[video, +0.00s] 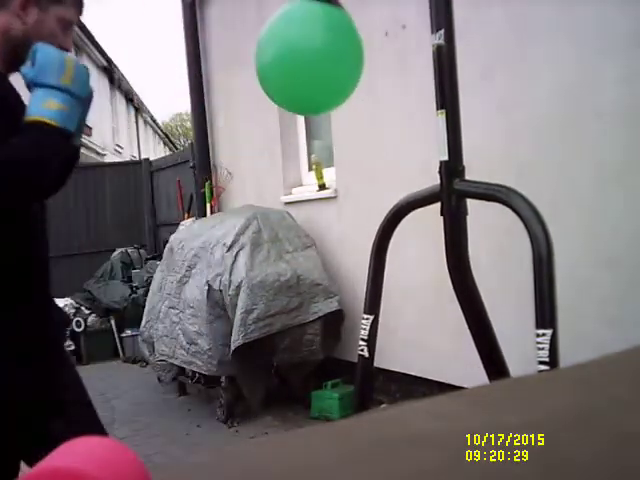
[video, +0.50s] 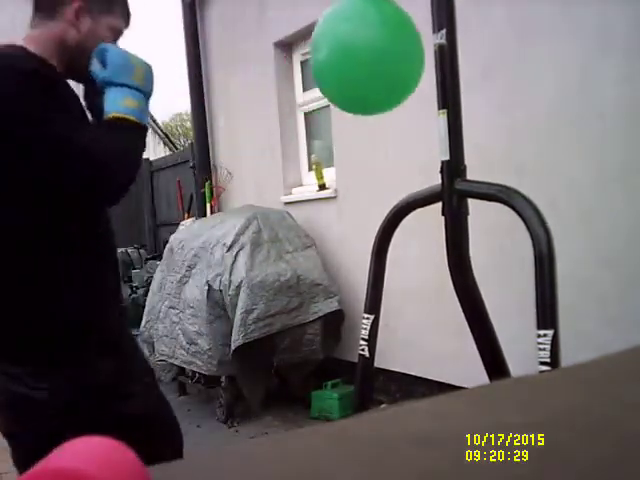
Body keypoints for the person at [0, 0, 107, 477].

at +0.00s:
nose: (70, 45)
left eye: (73, 29)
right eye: (66, 25)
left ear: (26, 13)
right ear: (24, 10)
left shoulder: (12, 93)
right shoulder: (1, 95)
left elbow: (37, 182)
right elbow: (24, 186)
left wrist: (59, 115)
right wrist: (51, 115)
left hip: (25, 324)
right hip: (13, 329)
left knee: (86, 461)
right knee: (83, 460)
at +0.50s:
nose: (111, 50)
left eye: (117, 40)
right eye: (112, 36)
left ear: (74, 15)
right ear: (78, 14)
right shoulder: (27, 84)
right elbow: (105, 180)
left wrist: (107, 100)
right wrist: (128, 99)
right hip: (64, 337)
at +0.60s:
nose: (132, 53)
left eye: (137, 40)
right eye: (132, 35)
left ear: (96, 18)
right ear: (97, 16)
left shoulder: (40, 80)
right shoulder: (34, 82)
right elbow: (101, 189)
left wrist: (115, 122)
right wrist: (140, 118)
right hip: (61, 335)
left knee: (153, 447)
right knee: (80, 466)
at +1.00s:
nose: (128, 38)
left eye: (132, 24)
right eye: (128, 20)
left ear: (86, 10)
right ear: (87, 7)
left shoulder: (50, 79)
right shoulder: (18, 71)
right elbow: (91, 178)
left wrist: (119, 91)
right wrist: (129, 87)